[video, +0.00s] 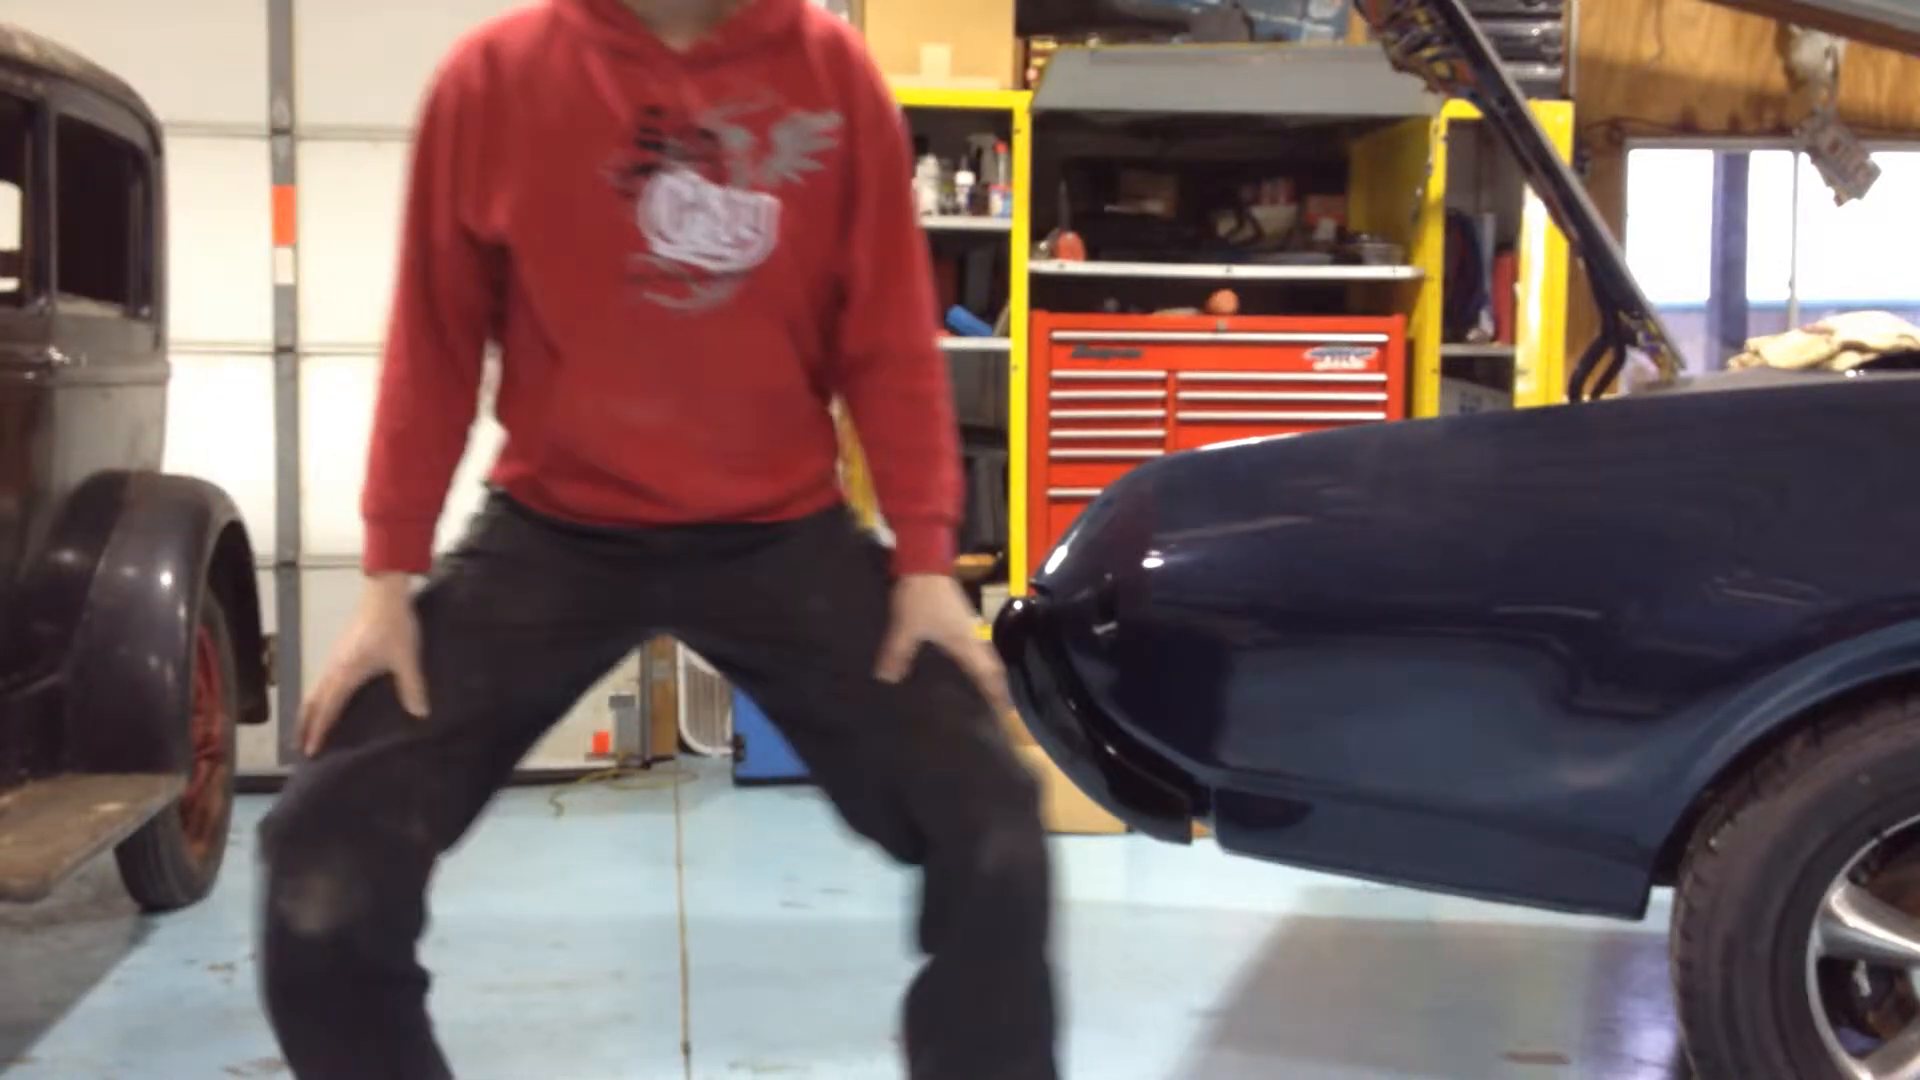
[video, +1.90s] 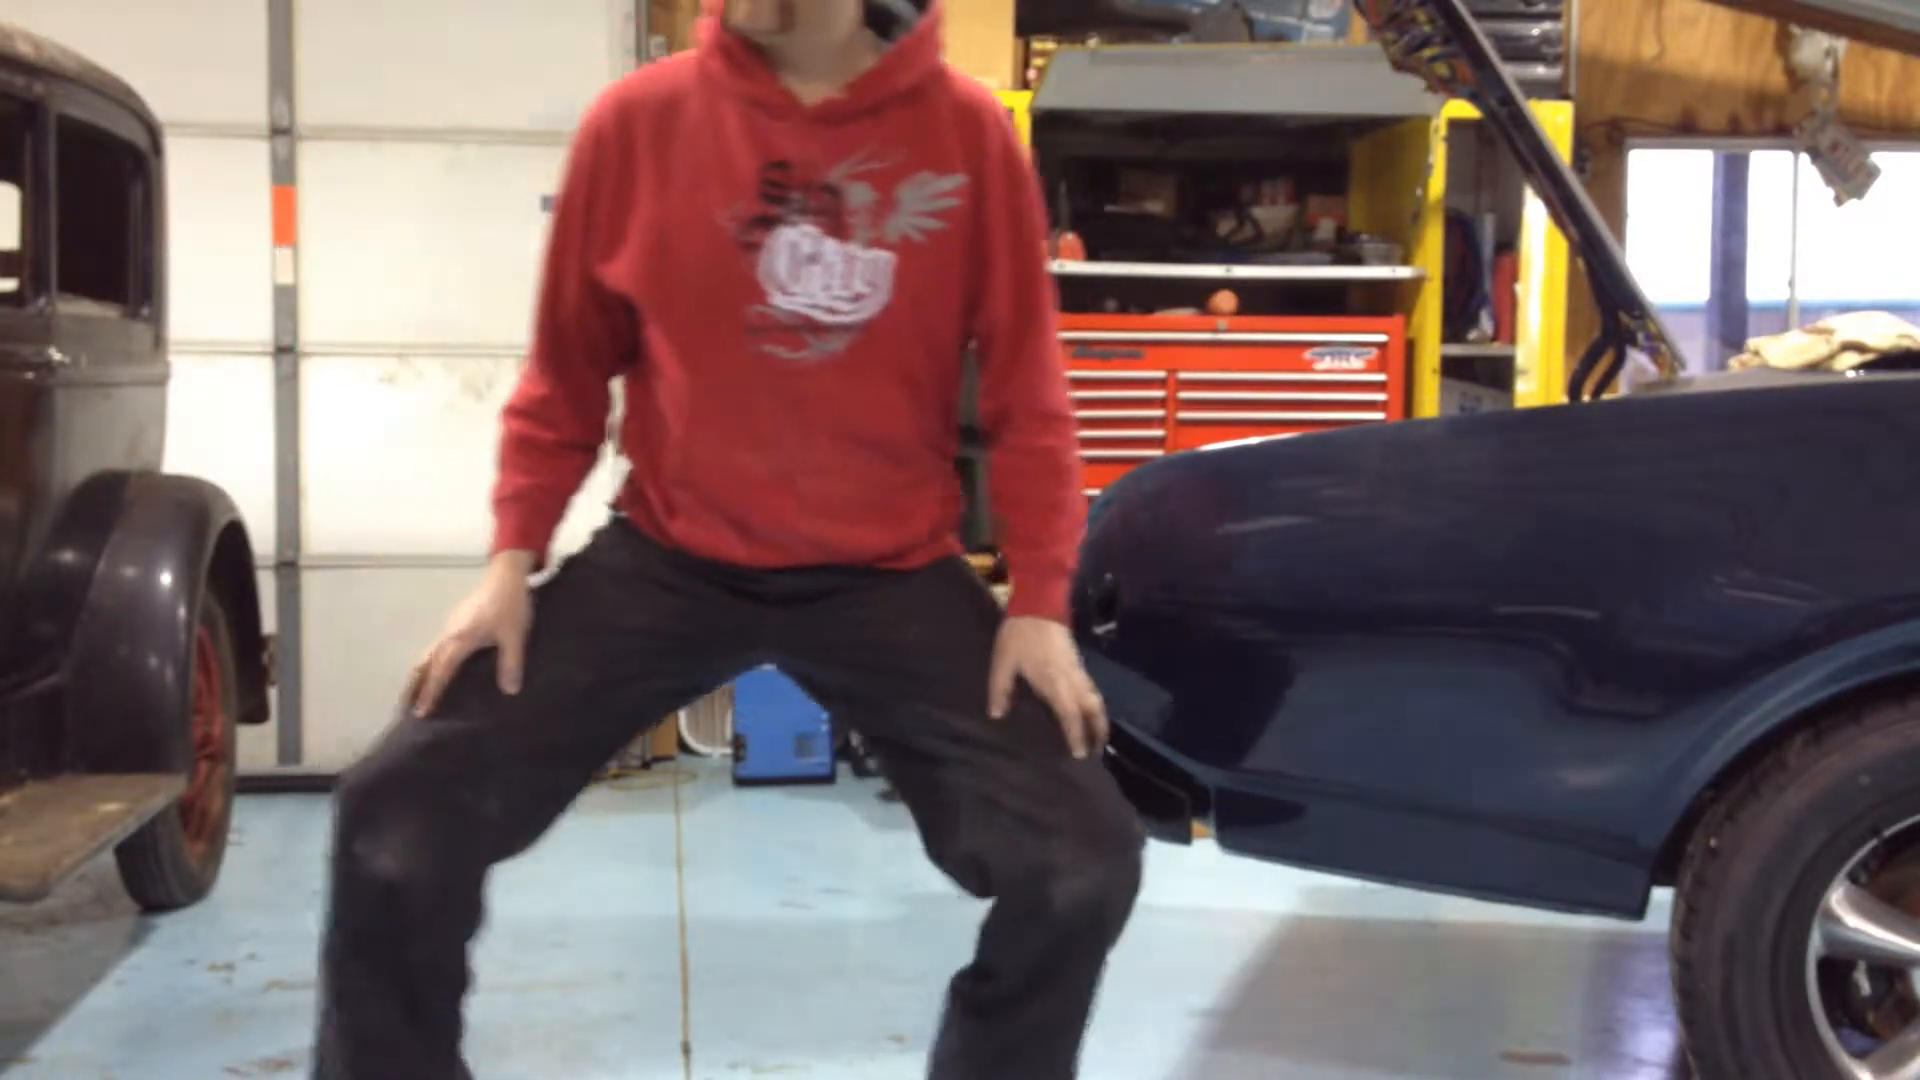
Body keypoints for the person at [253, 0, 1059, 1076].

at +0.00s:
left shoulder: (830, 71)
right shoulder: (496, 79)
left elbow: (891, 329)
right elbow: (432, 337)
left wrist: (927, 559)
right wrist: (389, 573)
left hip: (783, 537)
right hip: (553, 536)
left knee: (988, 816)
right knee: (331, 844)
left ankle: (983, 1068)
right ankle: (385, 1072)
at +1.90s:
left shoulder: (969, 135)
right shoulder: (637, 123)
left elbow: (1026, 384)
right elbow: (566, 365)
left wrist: (1039, 601)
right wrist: (509, 561)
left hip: (892, 581)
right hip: (668, 564)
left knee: (1083, 857)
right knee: (401, 812)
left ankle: (985, 1073)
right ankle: (390, 1071)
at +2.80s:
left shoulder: (827, 110)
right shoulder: (499, 100)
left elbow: (908, 352)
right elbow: (429, 342)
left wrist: (932, 560)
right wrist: (396, 556)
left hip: (758, 551)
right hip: (536, 556)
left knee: (995, 810)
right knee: (351, 883)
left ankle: (990, 1065)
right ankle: (419, 1070)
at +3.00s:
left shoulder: (713, 55)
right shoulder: (375, 41)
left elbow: (845, 254)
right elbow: (265, 272)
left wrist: (924, 465)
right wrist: (260, 497)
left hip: (651, 500)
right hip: (433, 513)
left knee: (876, 780)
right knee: (351, 896)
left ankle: (893, 1067)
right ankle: (413, 1073)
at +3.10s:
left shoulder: (687, 36)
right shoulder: (342, 25)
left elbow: (837, 193)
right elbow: (258, 259)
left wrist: (1008, 354)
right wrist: (215, 489)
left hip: (607, 484)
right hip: (404, 487)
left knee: (789, 762)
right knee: (380, 905)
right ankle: (351, 1029)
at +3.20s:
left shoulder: (663, 32)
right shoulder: (316, 28)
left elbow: (825, 149)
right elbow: (240, 254)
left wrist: (1026, 267)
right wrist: (235, 485)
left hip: (586, 473)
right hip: (383, 479)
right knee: (375, 880)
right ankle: (295, 1059)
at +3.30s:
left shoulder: (649, 39)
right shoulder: (300, 28)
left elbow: (778, 202)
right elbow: (215, 246)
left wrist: (961, 310)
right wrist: (261, 452)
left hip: (584, 463)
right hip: (383, 480)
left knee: (815, 658)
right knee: (374, 861)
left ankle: (564, 925)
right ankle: (309, 1064)